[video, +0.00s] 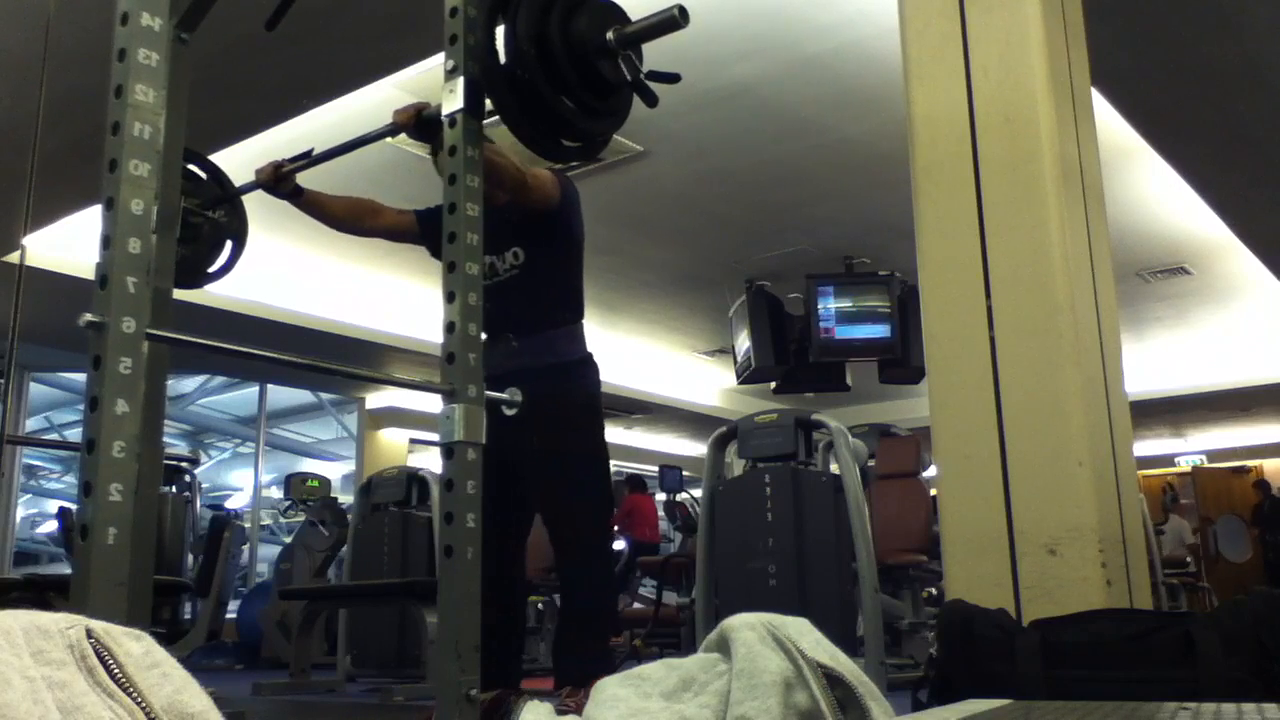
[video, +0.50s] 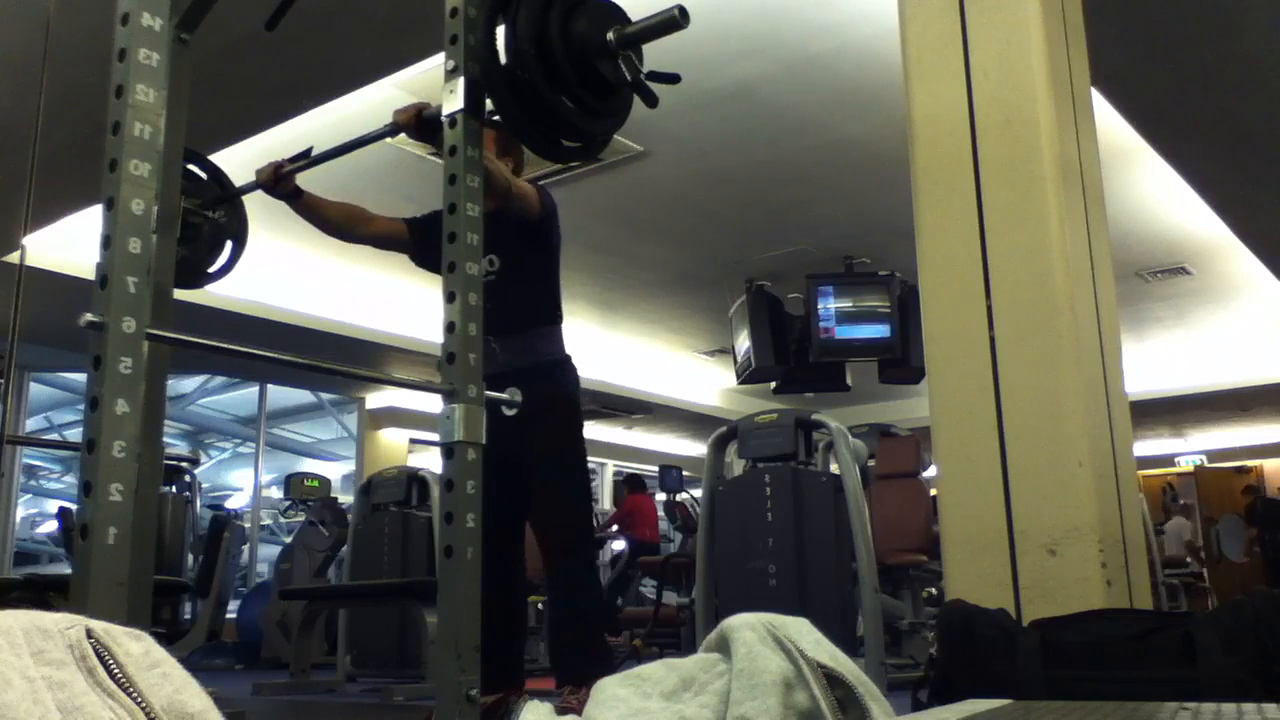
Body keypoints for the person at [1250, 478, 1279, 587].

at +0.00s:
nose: (1255, 493)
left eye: (1257, 490)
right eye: (1255, 490)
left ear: (1261, 490)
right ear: (1268, 488)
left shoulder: (1259, 506)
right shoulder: (1276, 501)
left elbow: (1256, 525)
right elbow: (1255, 525)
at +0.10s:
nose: (1253, 494)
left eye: (1254, 491)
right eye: (1253, 491)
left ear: (1258, 491)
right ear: (1266, 489)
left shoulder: (1256, 507)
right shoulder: (1275, 502)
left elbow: (1253, 527)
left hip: (1266, 542)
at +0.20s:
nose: (1251, 495)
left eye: (1252, 492)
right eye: (1251, 492)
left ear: (1254, 492)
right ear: (1264, 489)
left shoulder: (1254, 507)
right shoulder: (1275, 502)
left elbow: (1252, 526)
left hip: (1264, 542)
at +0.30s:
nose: (1249, 497)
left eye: (1249, 494)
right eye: (1249, 494)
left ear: (1251, 494)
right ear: (1262, 491)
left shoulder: (1252, 507)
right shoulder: (1275, 503)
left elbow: (1252, 530)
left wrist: (1249, 549)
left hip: (1264, 543)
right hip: (1277, 541)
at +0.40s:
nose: (1245, 498)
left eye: (1246, 496)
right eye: (1245, 496)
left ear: (1250, 494)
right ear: (1259, 491)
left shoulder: (1251, 506)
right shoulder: (1274, 502)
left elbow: (1252, 528)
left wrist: (1249, 546)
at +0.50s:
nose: (1245, 499)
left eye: (1245, 496)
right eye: (1244, 497)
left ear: (1249, 495)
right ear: (1258, 492)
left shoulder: (1250, 507)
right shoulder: (1273, 501)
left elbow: (1252, 528)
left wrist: (1249, 546)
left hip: (1265, 538)